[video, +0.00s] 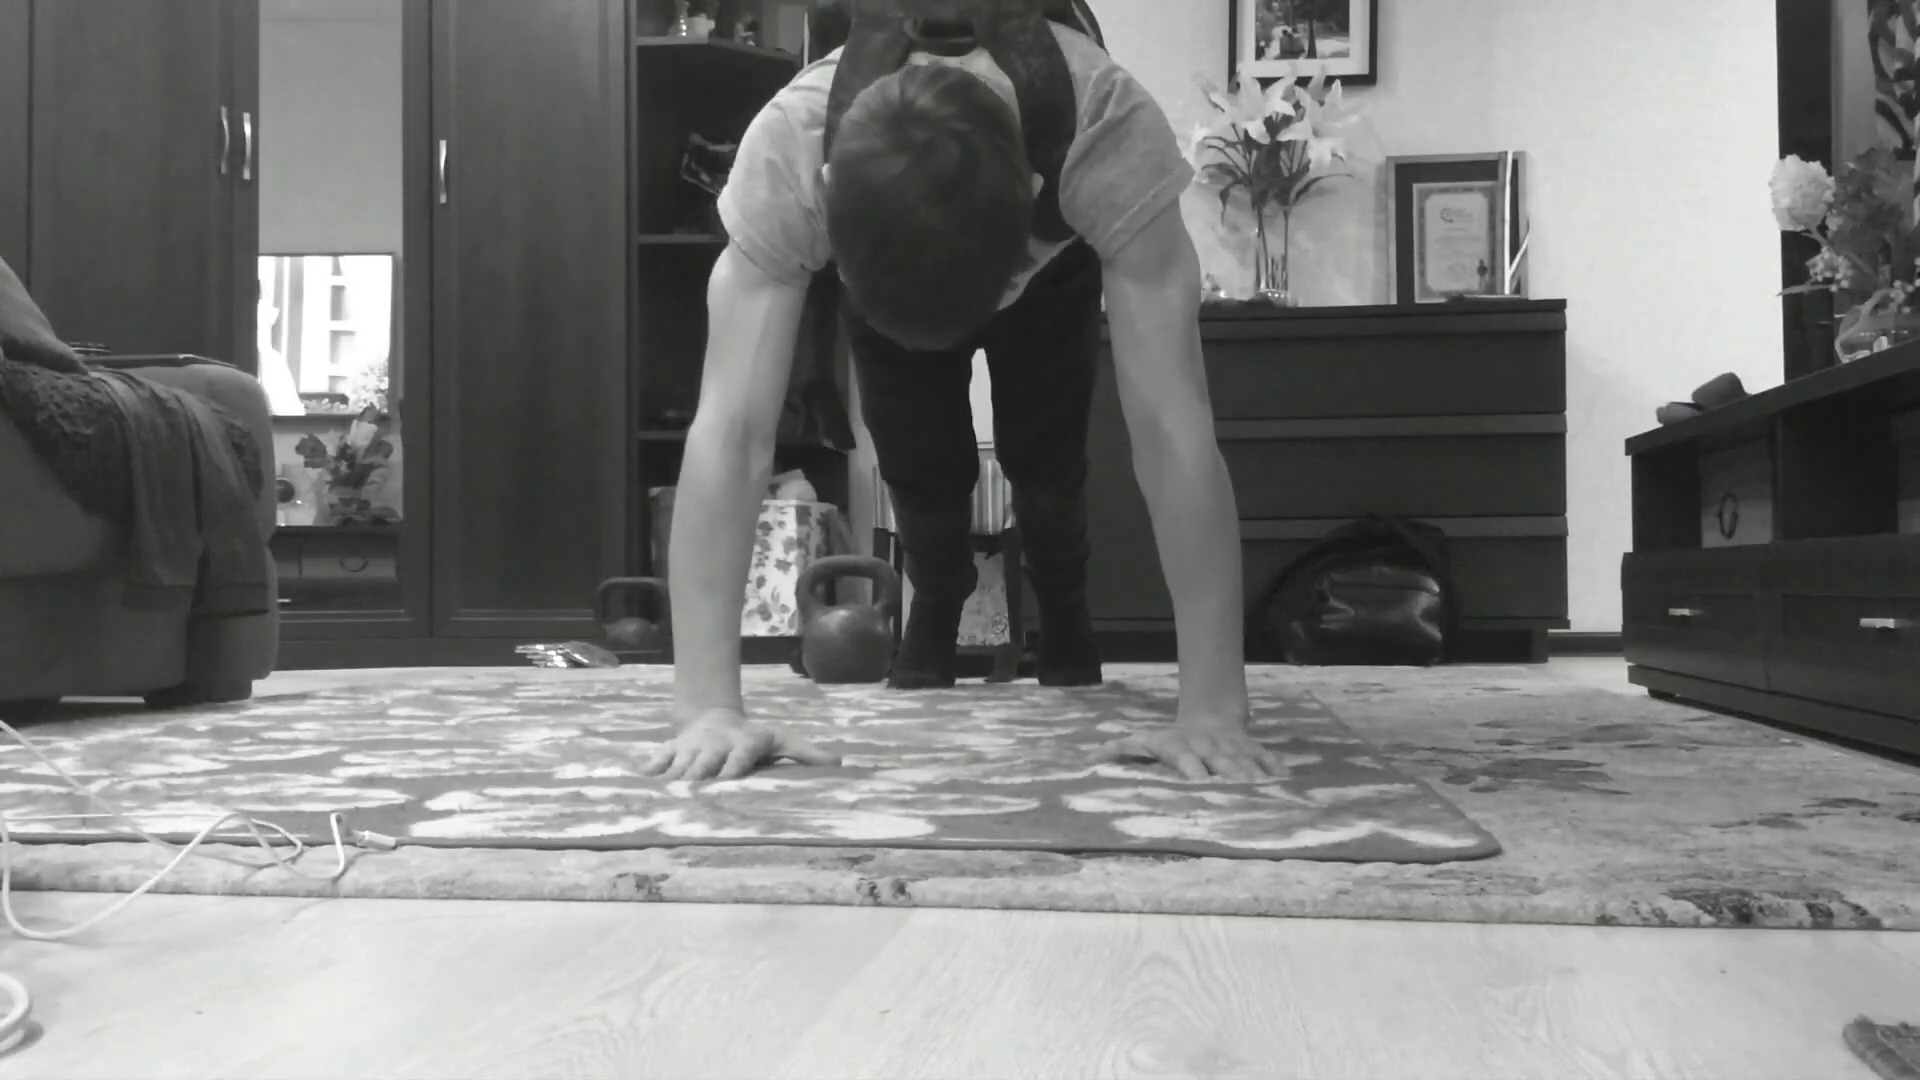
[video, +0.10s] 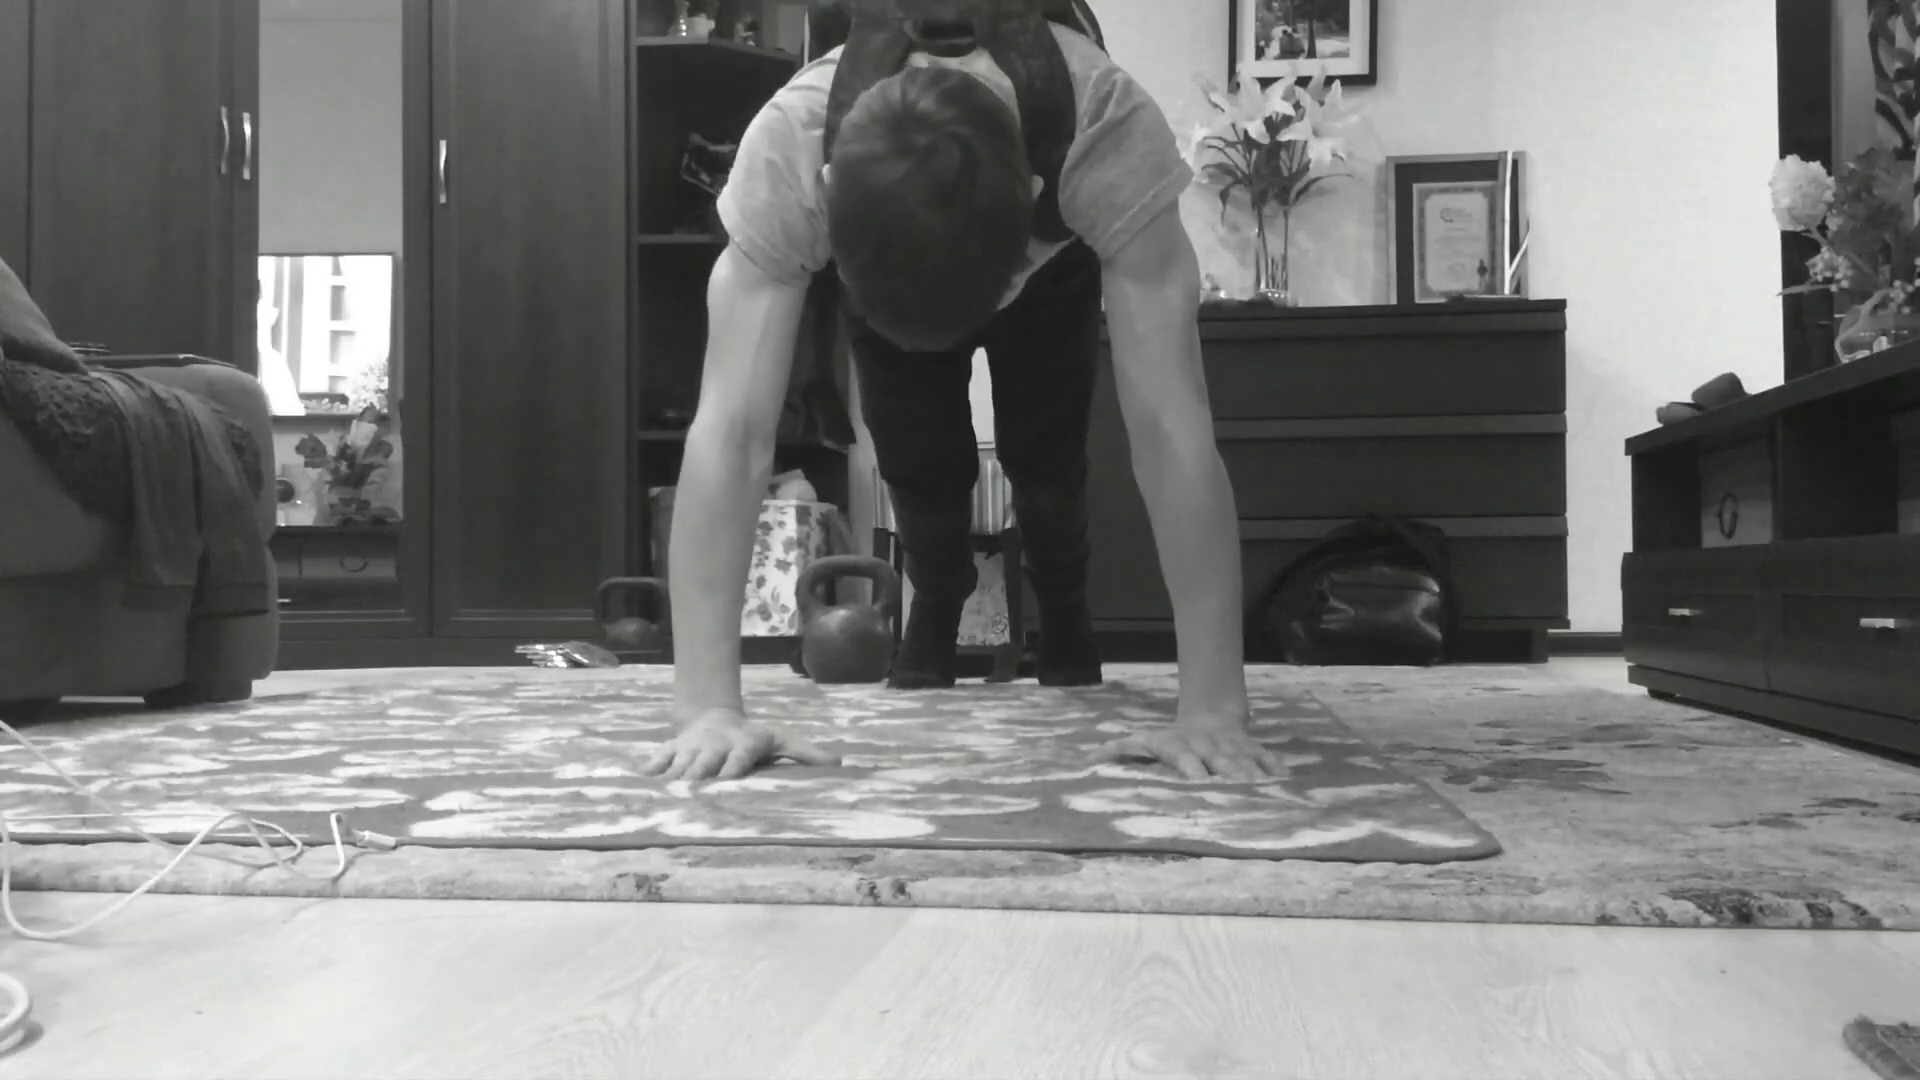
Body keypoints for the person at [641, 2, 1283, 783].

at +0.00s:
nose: (945, 341)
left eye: (975, 319)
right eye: (906, 329)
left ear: (1029, 217)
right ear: (836, 210)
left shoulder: (1118, 147)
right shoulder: (785, 163)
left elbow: (1178, 439)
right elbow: (729, 434)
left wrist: (1213, 711)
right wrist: (708, 709)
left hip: (1048, 247)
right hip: (872, 259)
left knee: (1045, 467)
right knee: (916, 465)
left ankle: (1060, 623)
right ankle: (934, 599)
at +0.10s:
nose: (946, 341)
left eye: (976, 320)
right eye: (907, 330)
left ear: (1028, 218)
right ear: (838, 218)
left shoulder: (1116, 146)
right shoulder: (786, 160)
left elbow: (1177, 440)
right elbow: (729, 434)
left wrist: (1213, 711)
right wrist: (709, 709)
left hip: (1046, 242)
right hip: (872, 255)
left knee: (1046, 466)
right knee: (916, 465)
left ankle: (1060, 619)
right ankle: (934, 600)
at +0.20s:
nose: (948, 340)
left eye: (976, 321)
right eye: (907, 330)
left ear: (1028, 217)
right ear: (836, 211)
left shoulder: (1117, 146)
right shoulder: (786, 160)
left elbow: (1176, 440)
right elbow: (729, 434)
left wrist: (1213, 711)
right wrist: (709, 709)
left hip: (1048, 242)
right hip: (873, 252)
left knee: (1047, 471)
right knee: (915, 467)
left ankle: (1061, 623)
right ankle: (932, 607)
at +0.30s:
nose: (938, 345)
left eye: (972, 325)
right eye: (903, 333)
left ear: (1026, 223)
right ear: (838, 223)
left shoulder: (1117, 147)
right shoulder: (786, 159)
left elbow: (1178, 444)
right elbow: (729, 435)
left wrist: (1213, 711)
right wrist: (709, 709)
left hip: (1050, 246)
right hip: (875, 257)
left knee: (1047, 469)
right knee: (915, 468)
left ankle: (1060, 621)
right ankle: (934, 603)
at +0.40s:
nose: (942, 344)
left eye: (974, 324)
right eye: (902, 331)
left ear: (1026, 225)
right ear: (838, 225)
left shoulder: (1116, 144)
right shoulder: (785, 156)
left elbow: (1176, 441)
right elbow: (729, 433)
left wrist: (1213, 711)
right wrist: (709, 709)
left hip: (1050, 252)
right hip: (875, 265)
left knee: (1047, 476)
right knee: (917, 473)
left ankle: (1061, 626)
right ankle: (935, 607)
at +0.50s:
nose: (945, 342)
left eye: (974, 321)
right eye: (903, 330)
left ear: (1027, 209)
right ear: (837, 222)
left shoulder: (1117, 147)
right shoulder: (783, 157)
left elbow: (1175, 439)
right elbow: (727, 433)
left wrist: (1213, 710)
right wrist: (709, 709)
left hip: (1048, 247)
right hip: (874, 258)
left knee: (1046, 472)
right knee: (915, 470)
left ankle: (1061, 623)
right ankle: (935, 602)